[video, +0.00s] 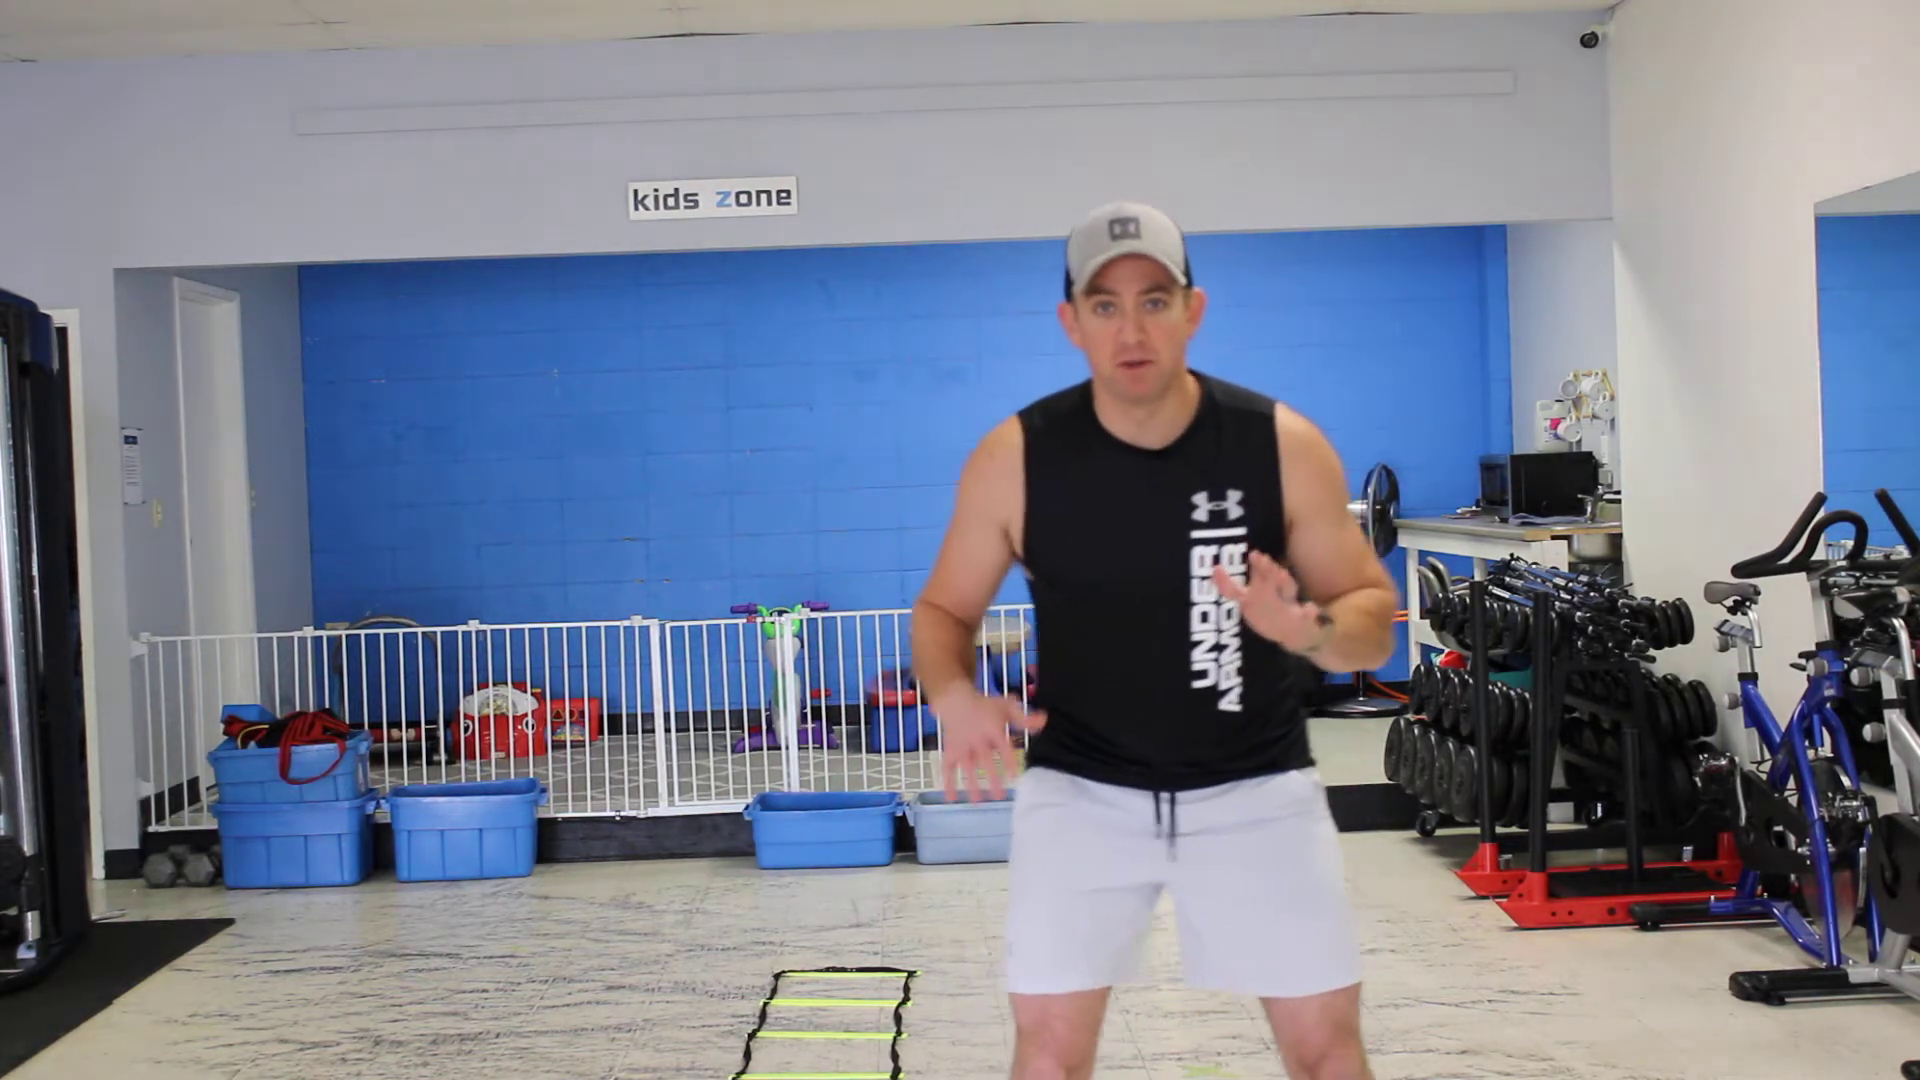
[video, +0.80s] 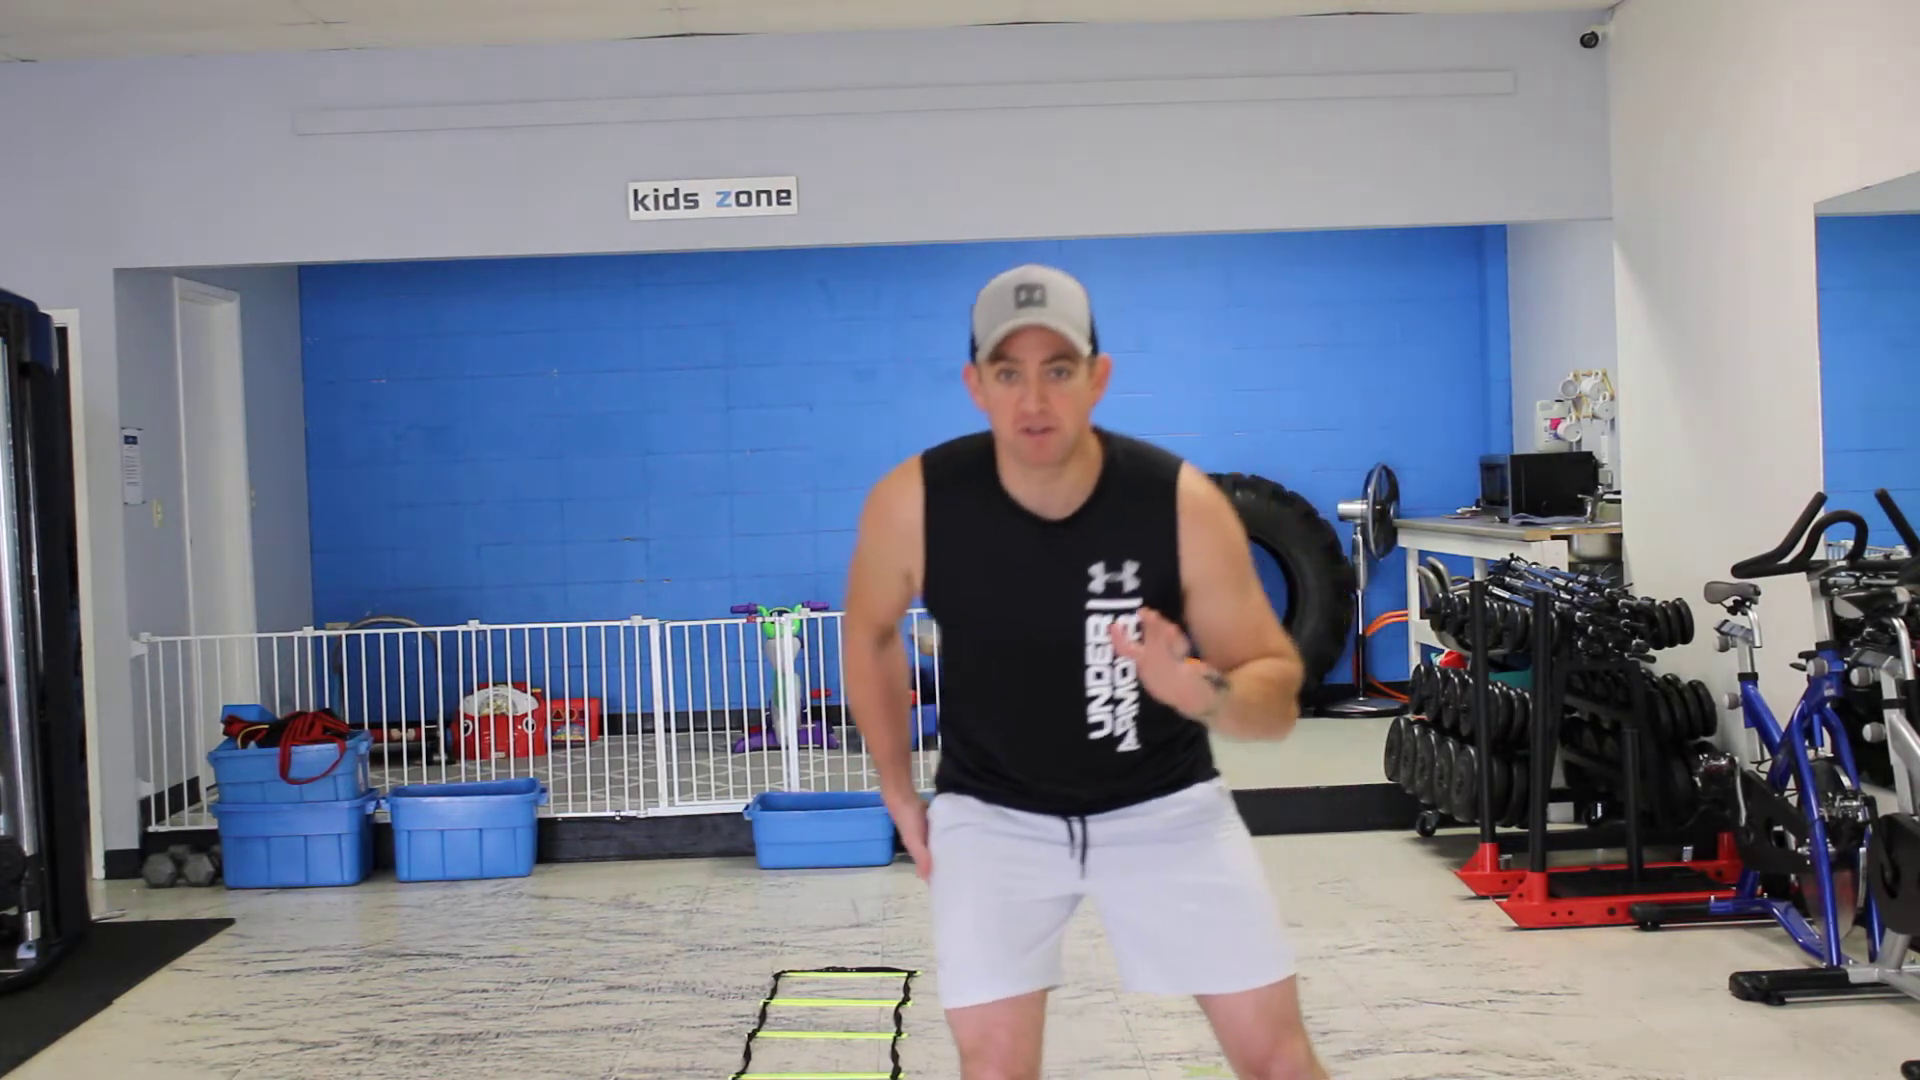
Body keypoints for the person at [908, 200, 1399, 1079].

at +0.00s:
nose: (1131, 332)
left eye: (1153, 303)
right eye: (1105, 307)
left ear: (1194, 310)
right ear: (1072, 324)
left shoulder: (1284, 447)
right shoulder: (1016, 459)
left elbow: (1376, 618)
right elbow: (944, 612)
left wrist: (1313, 632)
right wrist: (955, 694)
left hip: (1259, 799)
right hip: (1078, 804)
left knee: (1327, 1054)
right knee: (1049, 1058)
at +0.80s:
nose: (1035, 399)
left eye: (1059, 371)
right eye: (1009, 372)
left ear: (1097, 379)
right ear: (976, 384)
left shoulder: (1182, 503)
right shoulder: (912, 504)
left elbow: (1276, 693)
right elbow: (870, 636)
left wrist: (1206, 695)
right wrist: (901, 795)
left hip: (1172, 816)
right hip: (993, 822)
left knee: (1277, 1057)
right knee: (995, 1067)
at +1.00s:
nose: (999, 438)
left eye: (1022, 409)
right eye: (973, 411)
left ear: (1062, 413)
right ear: (939, 419)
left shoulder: (1144, 532)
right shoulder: (878, 533)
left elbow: (1229, 743)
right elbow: (833, 647)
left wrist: (1142, 727)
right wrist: (876, 794)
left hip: (1142, 831)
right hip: (969, 838)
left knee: (1243, 1067)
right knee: (987, 1069)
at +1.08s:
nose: (986, 453)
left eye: (1010, 424)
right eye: (960, 425)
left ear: (1050, 428)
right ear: (927, 433)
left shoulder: (1133, 546)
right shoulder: (868, 546)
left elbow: (1215, 766)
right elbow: (833, 655)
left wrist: (1120, 739)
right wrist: (873, 798)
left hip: (1134, 845)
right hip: (962, 848)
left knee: (1224, 1066)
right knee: (984, 1068)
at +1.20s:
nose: (969, 478)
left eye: (994, 448)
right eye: (942, 450)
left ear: (1035, 451)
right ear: (913, 458)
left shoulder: (1120, 568)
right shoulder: (857, 570)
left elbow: (1196, 794)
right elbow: (836, 676)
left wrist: (1083, 755)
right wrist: (875, 814)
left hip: (1125, 859)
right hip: (958, 860)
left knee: (1198, 1065)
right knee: (980, 1066)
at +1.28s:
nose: (960, 499)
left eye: (985, 468)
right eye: (933, 470)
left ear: (1026, 471)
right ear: (904, 478)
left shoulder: (1113, 584)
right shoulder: (852, 589)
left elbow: (1186, 811)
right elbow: (838, 693)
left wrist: (1066, 774)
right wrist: (876, 832)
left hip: (1120, 874)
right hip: (955, 870)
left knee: (1176, 1067)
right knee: (977, 1065)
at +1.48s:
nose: (947, 574)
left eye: (973, 542)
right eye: (922, 545)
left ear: (1016, 544)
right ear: (894, 551)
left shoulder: (1104, 650)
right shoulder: (848, 650)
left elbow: (1180, 876)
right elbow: (840, 743)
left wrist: (1055, 853)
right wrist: (878, 880)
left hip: (1108, 923)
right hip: (953, 899)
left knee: (1120, 1066)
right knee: (966, 1066)